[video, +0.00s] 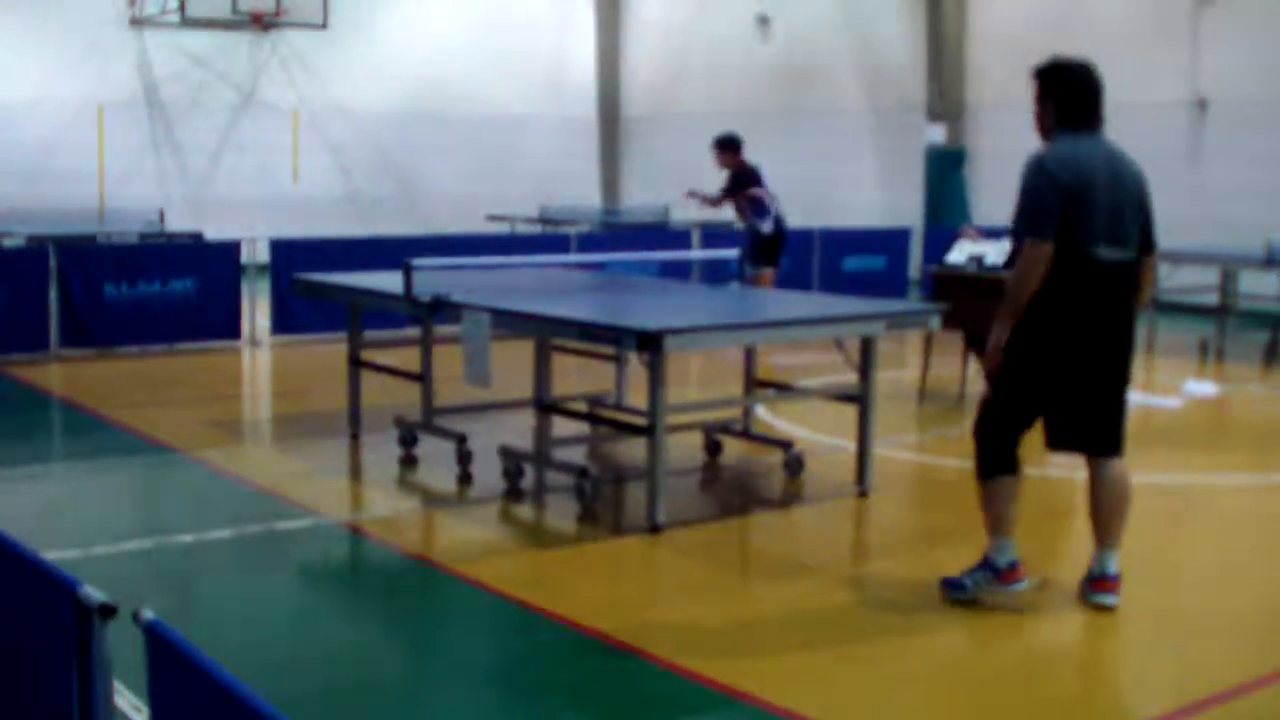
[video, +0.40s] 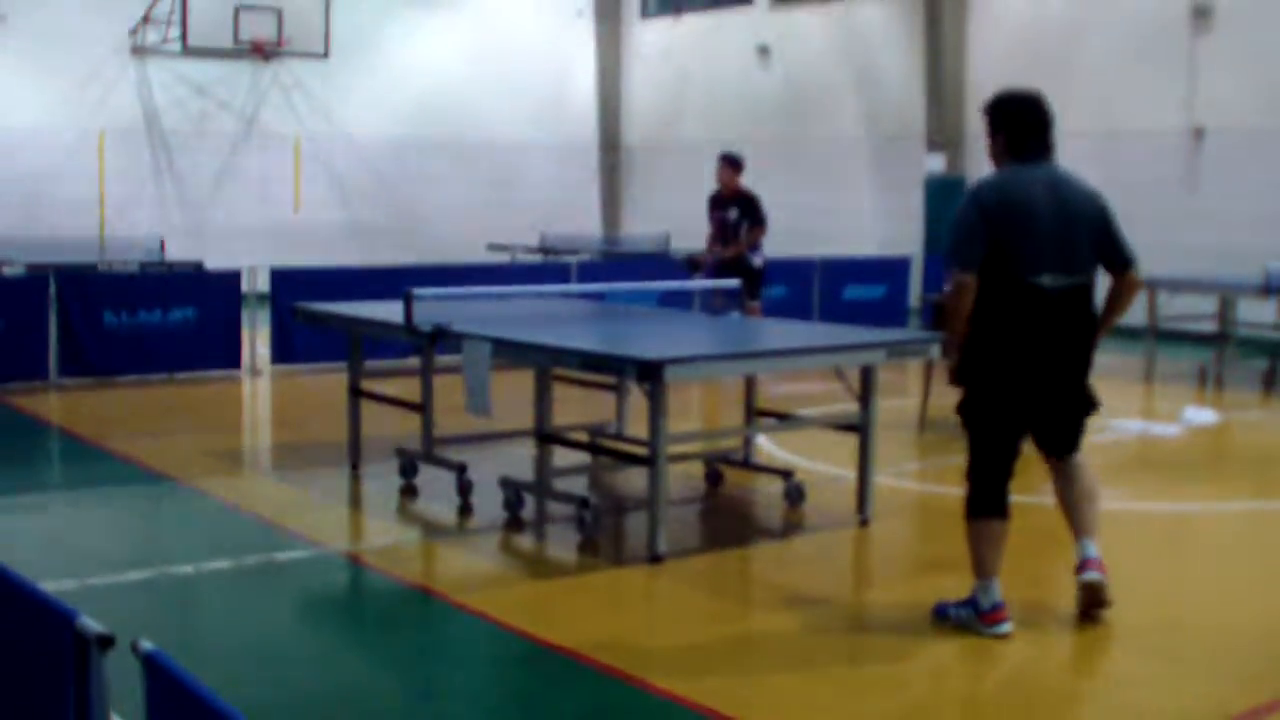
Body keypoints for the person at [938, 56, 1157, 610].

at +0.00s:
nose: (1035, 113)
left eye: (1038, 103)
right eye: (1037, 102)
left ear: (1051, 107)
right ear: (1094, 106)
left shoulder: (1049, 166)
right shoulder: (1126, 171)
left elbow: (1033, 260)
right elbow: (1144, 273)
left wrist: (1001, 327)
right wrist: (1115, 319)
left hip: (1046, 336)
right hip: (1107, 338)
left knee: (995, 430)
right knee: (1106, 448)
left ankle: (1001, 560)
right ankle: (1107, 569)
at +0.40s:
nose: (987, 145)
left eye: (989, 136)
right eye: (989, 136)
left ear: (999, 140)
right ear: (1048, 136)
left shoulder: (985, 199)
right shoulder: (1080, 197)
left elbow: (962, 288)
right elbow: (1127, 277)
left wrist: (954, 350)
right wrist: (1095, 330)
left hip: (998, 359)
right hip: (1064, 357)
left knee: (988, 475)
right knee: (1064, 453)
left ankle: (986, 597)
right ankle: (1090, 554)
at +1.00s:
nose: (961, 169)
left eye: (963, 160)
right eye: (963, 160)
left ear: (974, 163)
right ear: (1016, 161)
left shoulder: (976, 208)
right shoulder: (1046, 216)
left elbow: (968, 278)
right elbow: (1076, 299)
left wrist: (942, 321)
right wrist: (1034, 327)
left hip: (983, 351)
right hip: (1040, 356)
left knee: (924, 452)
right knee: (1023, 457)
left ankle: (929, 576)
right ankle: (1038, 568)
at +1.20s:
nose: (908, 183)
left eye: (911, 175)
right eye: (909, 175)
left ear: (920, 178)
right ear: (965, 175)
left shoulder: (916, 219)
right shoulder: (994, 225)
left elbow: (911, 291)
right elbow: (1027, 300)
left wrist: (901, 350)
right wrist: (1004, 348)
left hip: (938, 369)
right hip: (995, 372)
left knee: (890, 473)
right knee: (992, 465)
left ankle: (847, 587)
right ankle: (1016, 570)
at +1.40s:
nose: (858, 189)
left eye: (860, 181)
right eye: (859, 181)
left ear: (868, 182)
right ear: (914, 176)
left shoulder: (868, 225)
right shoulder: (948, 223)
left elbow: (850, 304)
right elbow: (986, 296)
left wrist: (844, 345)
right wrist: (959, 335)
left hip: (907, 369)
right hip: (972, 367)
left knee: (845, 453)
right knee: (977, 462)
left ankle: (833, 580)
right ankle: (1010, 561)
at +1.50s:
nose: (841, 174)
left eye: (842, 165)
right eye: (842, 165)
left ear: (850, 166)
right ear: (894, 159)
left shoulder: (857, 206)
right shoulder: (933, 204)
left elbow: (830, 288)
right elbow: (974, 281)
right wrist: (995, 346)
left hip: (900, 348)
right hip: (964, 345)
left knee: (842, 438)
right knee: (977, 447)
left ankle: (833, 566)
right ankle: (1009, 546)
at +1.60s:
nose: (838, 170)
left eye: (839, 162)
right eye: (840, 161)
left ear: (847, 164)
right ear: (890, 155)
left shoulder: (854, 207)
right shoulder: (925, 199)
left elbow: (820, 279)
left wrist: (817, 231)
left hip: (901, 349)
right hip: (964, 345)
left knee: (843, 436)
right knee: (977, 447)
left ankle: (833, 565)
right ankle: (1009, 547)